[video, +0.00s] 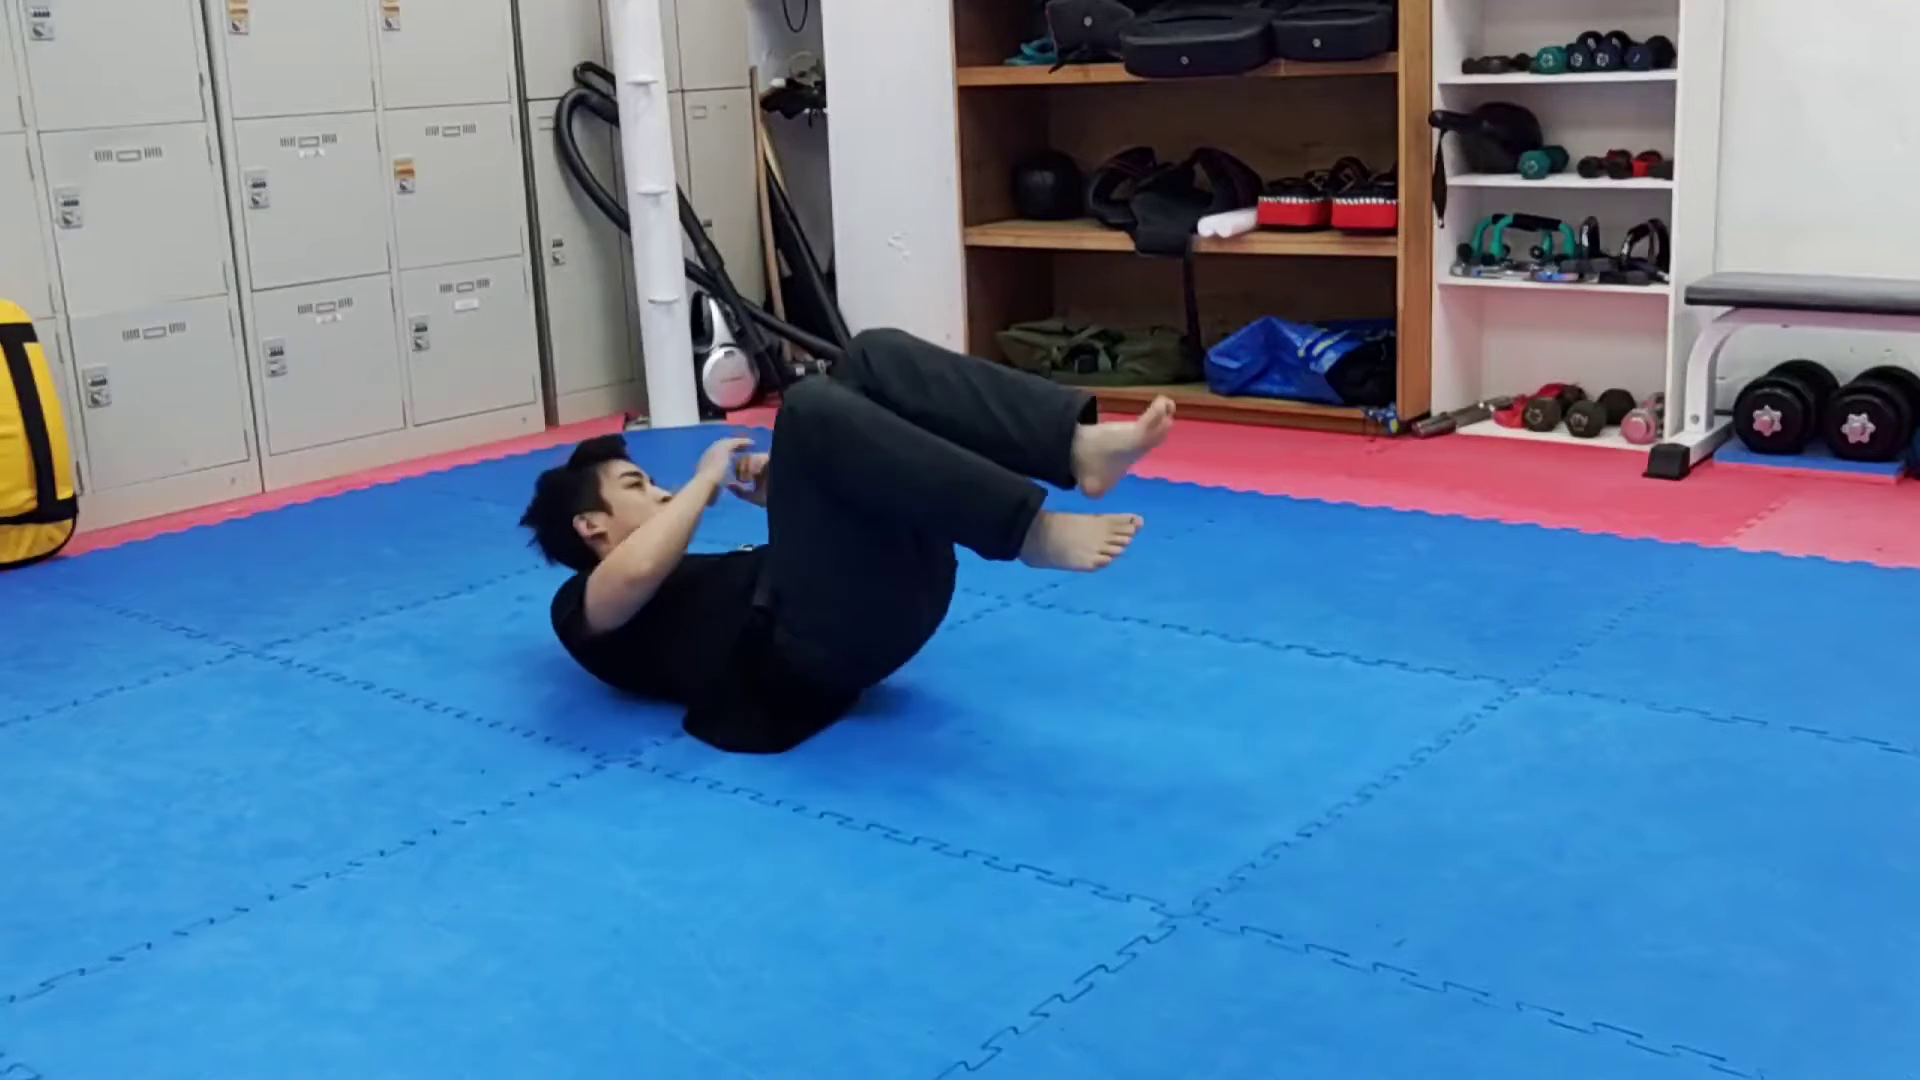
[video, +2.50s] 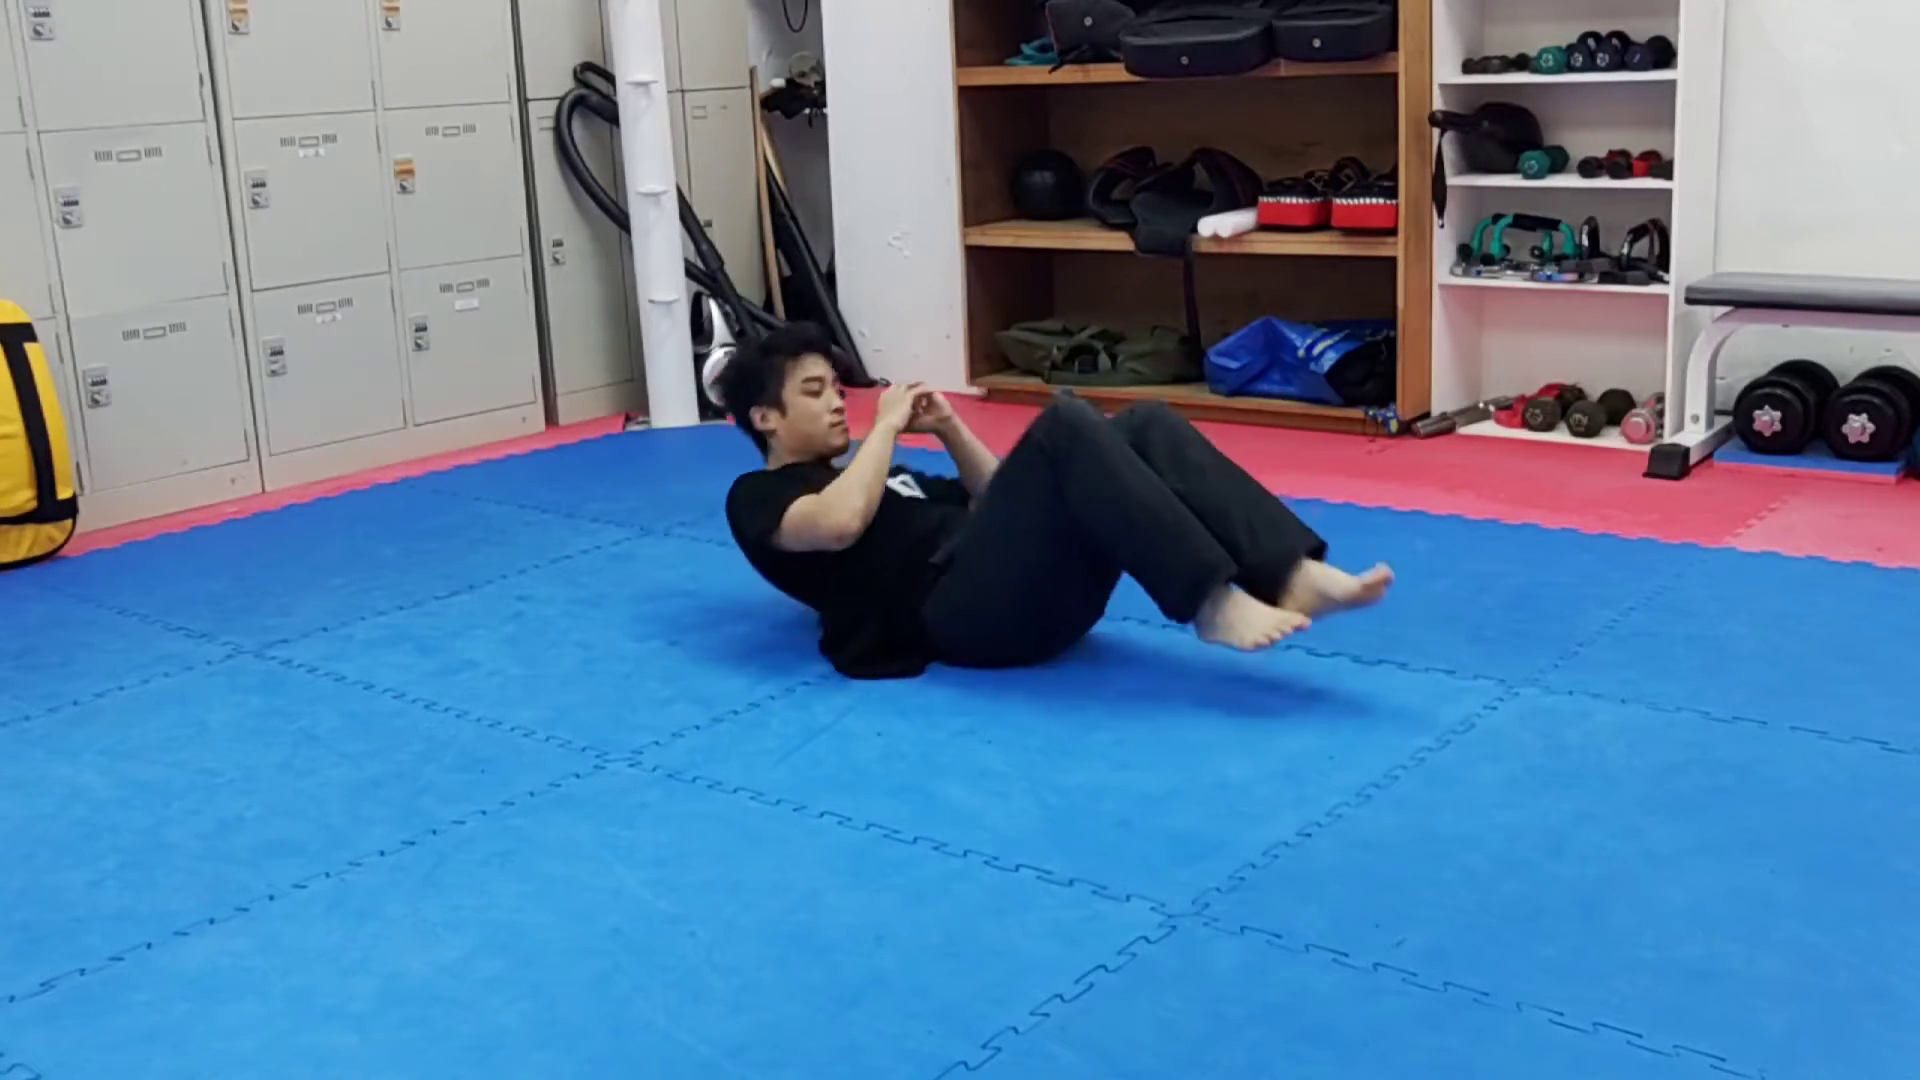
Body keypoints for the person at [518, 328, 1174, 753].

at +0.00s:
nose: (659, 492)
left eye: (652, 484)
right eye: (635, 487)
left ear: (651, 503)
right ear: (587, 527)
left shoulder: (693, 573)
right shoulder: (576, 611)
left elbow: (816, 537)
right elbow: (634, 574)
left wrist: (776, 494)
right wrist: (704, 482)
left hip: (878, 601)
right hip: (818, 642)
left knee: (870, 358)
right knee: (811, 411)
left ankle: (1076, 449)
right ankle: (1027, 529)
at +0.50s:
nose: (690, 442)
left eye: (684, 421)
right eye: (661, 448)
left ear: (702, 413)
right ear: (636, 484)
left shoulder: (797, 470)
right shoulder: (674, 565)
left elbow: (932, 496)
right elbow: (690, 639)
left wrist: (814, 450)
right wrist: (735, 496)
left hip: (971, 625)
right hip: (884, 665)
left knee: (1075, 436)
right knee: (983, 439)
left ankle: (1235, 585)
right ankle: (1134, 629)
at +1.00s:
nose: (687, 482)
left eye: (684, 469)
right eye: (660, 480)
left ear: (696, 474)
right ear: (626, 529)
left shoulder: (776, 531)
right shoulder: (650, 601)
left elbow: (891, 515)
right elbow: (694, 560)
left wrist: (811, 459)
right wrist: (732, 457)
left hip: (943, 584)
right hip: (877, 626)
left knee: (974, 350)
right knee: (906, 386)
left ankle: (1145, 476)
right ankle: (1092, 528)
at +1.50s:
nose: (806, 392)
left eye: (806, 372)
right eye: (778, 389)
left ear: (822, 371)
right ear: (738, 422)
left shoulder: (877, 443)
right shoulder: (748, 507)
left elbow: (1000, 485)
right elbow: (779, 575)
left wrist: (909, 431)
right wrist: (840, 453)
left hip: (1028, 610)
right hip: (947, 631)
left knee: (1160, 444)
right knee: (1075, 427)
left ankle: (1293, 599)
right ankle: (1204, 624)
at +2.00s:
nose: (785, 456)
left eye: (788, 440)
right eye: (758, 448)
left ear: (800, 451)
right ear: (717, 485)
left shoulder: (836, 525)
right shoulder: (727, 557)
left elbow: (940, 486)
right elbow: (734, 523)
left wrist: (876, 436)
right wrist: (791, 438)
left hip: (1006, 572)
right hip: (930, 583)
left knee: (1033, 362)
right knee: (956, 336)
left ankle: (1194, 372)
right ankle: (1127, 441)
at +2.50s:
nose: (838, 403)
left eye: (836, 389)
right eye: (814, 392)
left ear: (836, 401)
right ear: (760, 419)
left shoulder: (868, 478)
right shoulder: (755, 498)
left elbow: (993, 505)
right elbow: (836, 523)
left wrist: (949, 429)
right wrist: (887, 426)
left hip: (1039, 593)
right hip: (973, 619)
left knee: (1147, 424)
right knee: (1064, 423)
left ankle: (1295, 574)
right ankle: (1212, 598)